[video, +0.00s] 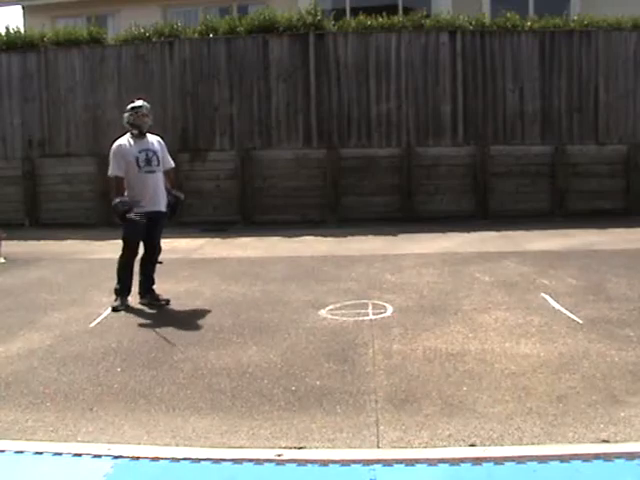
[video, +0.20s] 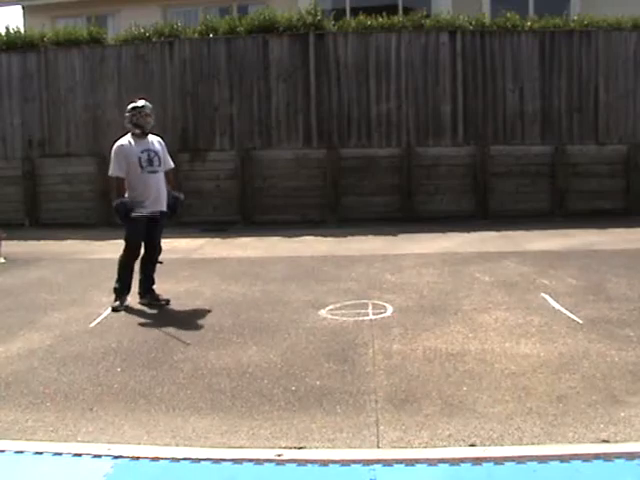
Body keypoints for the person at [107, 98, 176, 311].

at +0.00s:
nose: (142, 119)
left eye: (145, 115)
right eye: (136, 115)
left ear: (150, 118)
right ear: (128, 119)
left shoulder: (157, 142)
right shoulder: (120, 146)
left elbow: (168, 169)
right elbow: (118, 178)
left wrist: (173, 191)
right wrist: (118, 202)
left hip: (157, 207)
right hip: (134, 208)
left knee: (152, 252)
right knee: (129, 252)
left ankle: (147, 291)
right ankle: (122, 294)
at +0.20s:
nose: (143, 119)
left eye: (147, 115)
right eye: (138, 115)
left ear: (152, 118)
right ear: (129, 119)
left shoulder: (157, 142)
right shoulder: (122, 146)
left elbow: (168, 170)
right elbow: (119, 178)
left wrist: (173, 192)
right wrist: (119, 202)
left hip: (158, 207)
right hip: (136, 208)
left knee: (153, 251)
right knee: (132, 251)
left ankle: (147, 291)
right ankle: (121, 294)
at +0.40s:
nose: (145, 119)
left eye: (148, 115)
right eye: (140, 116)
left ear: (152, 118)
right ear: (131, 119)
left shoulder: (157, 142)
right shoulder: (122, 146)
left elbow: (167, 171)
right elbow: (118, 178)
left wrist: (171, 195)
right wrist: (117, 204)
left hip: (156, 207)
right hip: (134, 207)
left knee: (152, 251)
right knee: (131, 250)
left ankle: (147, 291)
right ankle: (116, 290)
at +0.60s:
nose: (141, 119)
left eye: (144, 115)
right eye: (135, 115)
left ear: (149, 118)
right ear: (127, 119)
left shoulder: (155, 142)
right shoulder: (119, 146)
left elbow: (166, 171)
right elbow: (112, 178)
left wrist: (171, 194)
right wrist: (112, 202)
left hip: (155, 207)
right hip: (131, 208)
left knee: (151, 252)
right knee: (129, 253)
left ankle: (147, 291)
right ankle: (123, 296)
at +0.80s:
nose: (134, 119)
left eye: (137, 115)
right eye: (129, 115)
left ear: (143, 118)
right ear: (121, 118)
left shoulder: (152, 143)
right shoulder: (112, 146)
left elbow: (162, 172)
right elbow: (106, 178)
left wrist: (169, 196)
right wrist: (105, 203)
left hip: (149, 208)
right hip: (124, 208)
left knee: (148, 252)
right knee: (125, 253)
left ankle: (147, 293)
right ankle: (122, 297)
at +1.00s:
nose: (125, 119)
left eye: (129, 115)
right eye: (120, 115)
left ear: (134, 118)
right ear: (114, 119)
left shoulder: (146, 143)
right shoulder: (104, 147)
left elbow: (156, 173)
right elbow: (99, 180)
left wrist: (162, 198)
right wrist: (95, 207)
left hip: (142, 208)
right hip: (117, 209)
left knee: (146, 251)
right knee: (121, 254)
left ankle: (146, 292)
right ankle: (121, 297)